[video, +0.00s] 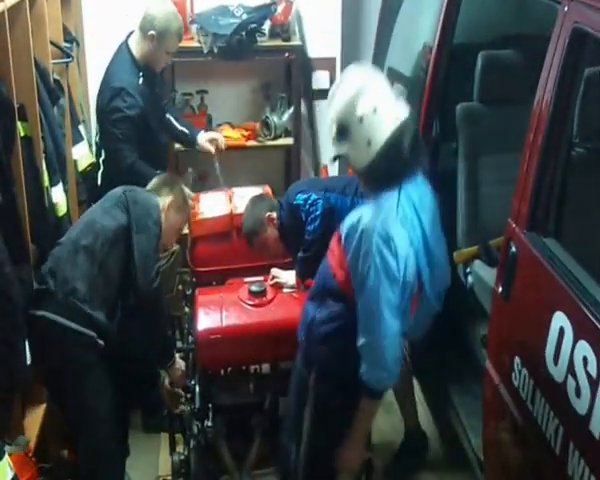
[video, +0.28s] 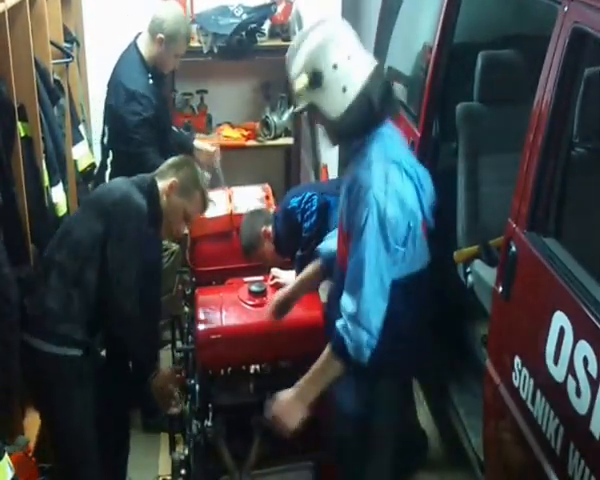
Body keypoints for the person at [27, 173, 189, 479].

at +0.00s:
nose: (173, 243)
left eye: (180, 234)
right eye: (178, 230)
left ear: (162, 204)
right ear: (167, 206)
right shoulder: (142, 201)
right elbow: (147, 286)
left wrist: (166, 361)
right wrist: (169, 359)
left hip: (48, 319)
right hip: (72, 327)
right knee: (104, 435)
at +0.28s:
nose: (183, 232)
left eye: (190, 223)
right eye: (186, 217)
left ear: (167, 186)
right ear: (169, 188)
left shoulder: (125, 198)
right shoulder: (131, 209)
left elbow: (131, 301)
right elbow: (129, 302)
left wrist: (152, 369)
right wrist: (151, 372)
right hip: (61, 348)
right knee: (86, 456)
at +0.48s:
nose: (190, 249)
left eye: (196, 241)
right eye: (193, 236)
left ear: (177, 205)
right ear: (178, 205)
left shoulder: (150, 232)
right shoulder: (121, 222)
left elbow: (143, 325)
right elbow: (116, 322)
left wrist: (149, 392)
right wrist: (137, 395)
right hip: (53, 364)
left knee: (111, 459)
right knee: (77, 464)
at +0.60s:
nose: (192, 267)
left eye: (198, 258)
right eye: (196, 255)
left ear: (184, 225)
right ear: (184, 227)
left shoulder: (154, 248)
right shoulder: (123, 240)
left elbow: (144, 345)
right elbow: (110, 343)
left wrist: (150, 424)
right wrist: (125, 433)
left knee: (109, 463)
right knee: (76, 467)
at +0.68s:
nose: (193, 293)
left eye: (202, 284)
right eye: (200, 279)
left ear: (187, 249)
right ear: (189, 250)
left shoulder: (155, 267)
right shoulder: (125, 253)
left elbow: (147, 369)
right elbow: (115, 360)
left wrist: (159, 451)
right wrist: (132, 455)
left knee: (109, 465)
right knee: (73, 470)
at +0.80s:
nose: (196, 317)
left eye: (205, 307)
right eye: (204, 302)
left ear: (190, 274)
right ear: (192, 275)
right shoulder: (126, 271)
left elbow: (148, 382)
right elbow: (118, 373)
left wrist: (165, 463)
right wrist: (140, 464)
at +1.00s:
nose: (199, 350)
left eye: (207, 344)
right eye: (205, 340)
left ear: (193, 310)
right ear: (194, 312)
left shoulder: (154, 306)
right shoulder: (130, 311)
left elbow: (149, 404)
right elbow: (120, 412)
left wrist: (169, 472)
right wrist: (135, 473)